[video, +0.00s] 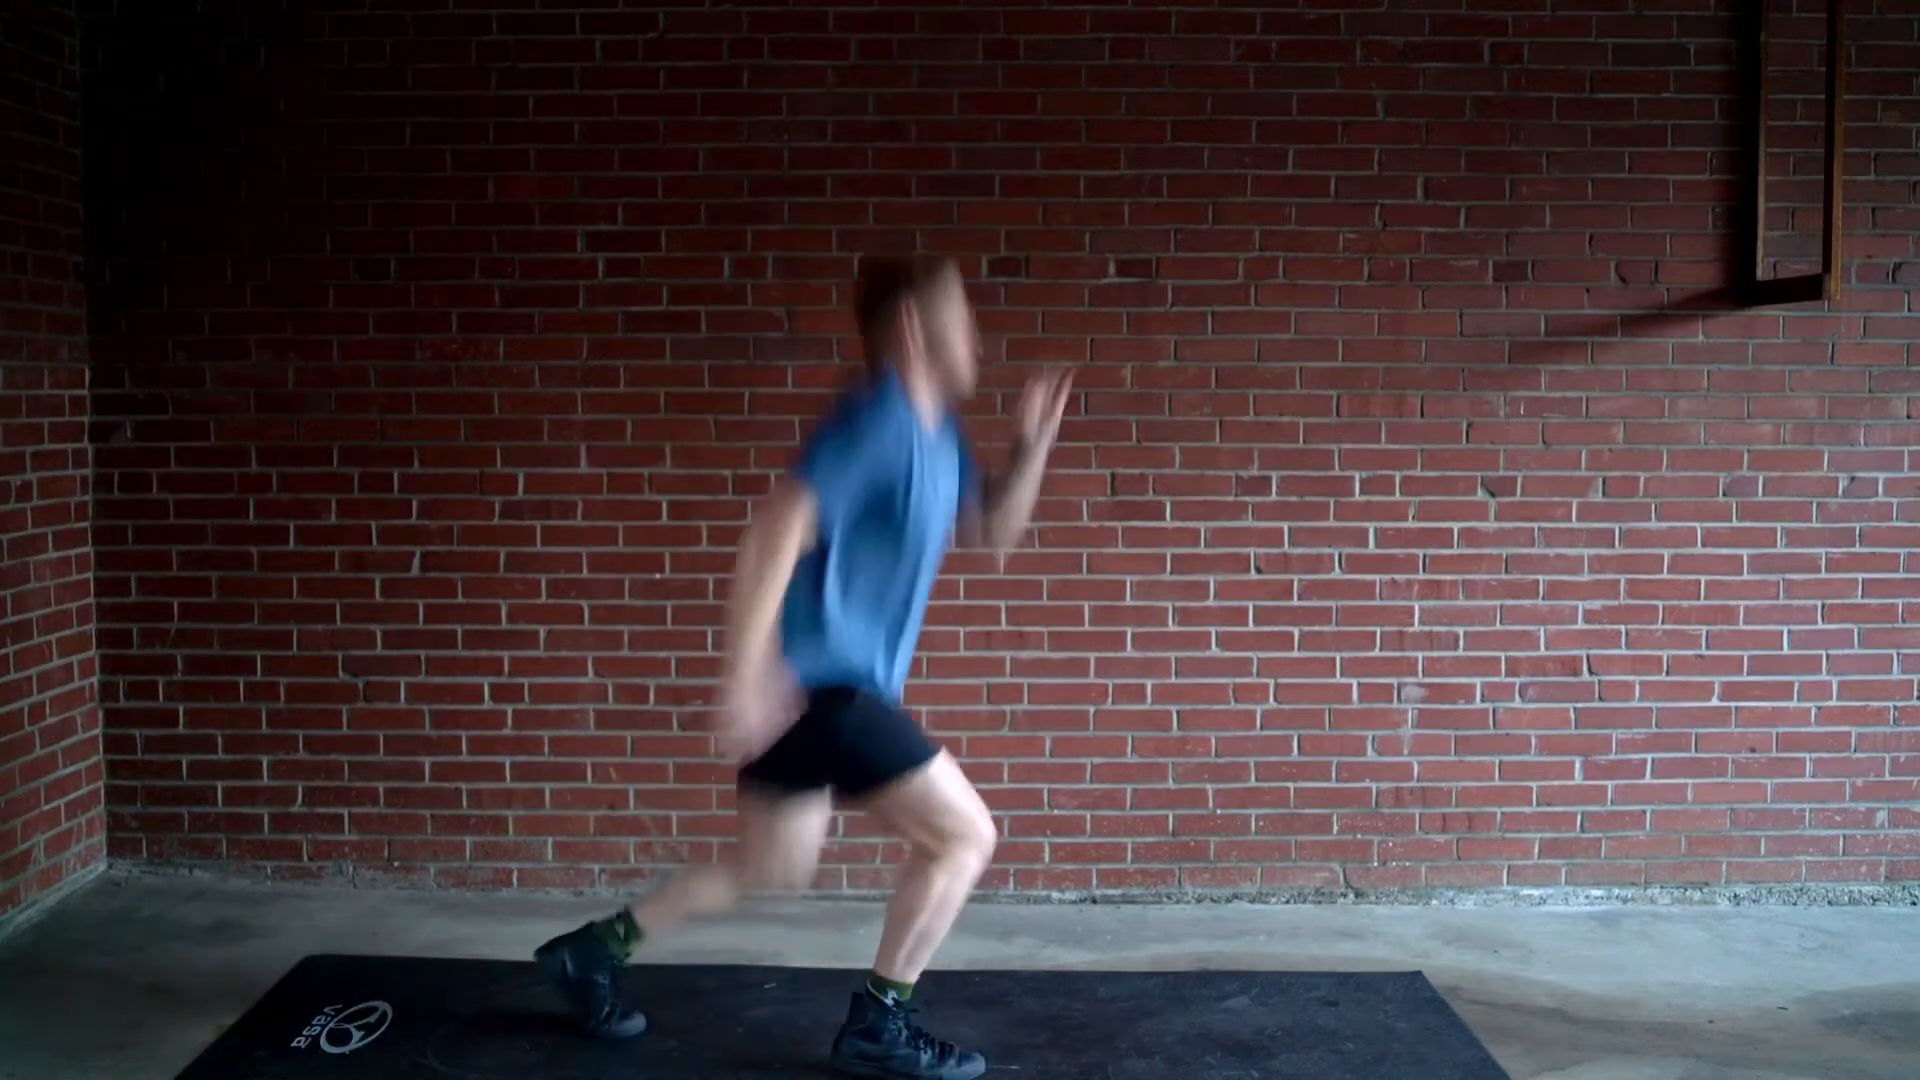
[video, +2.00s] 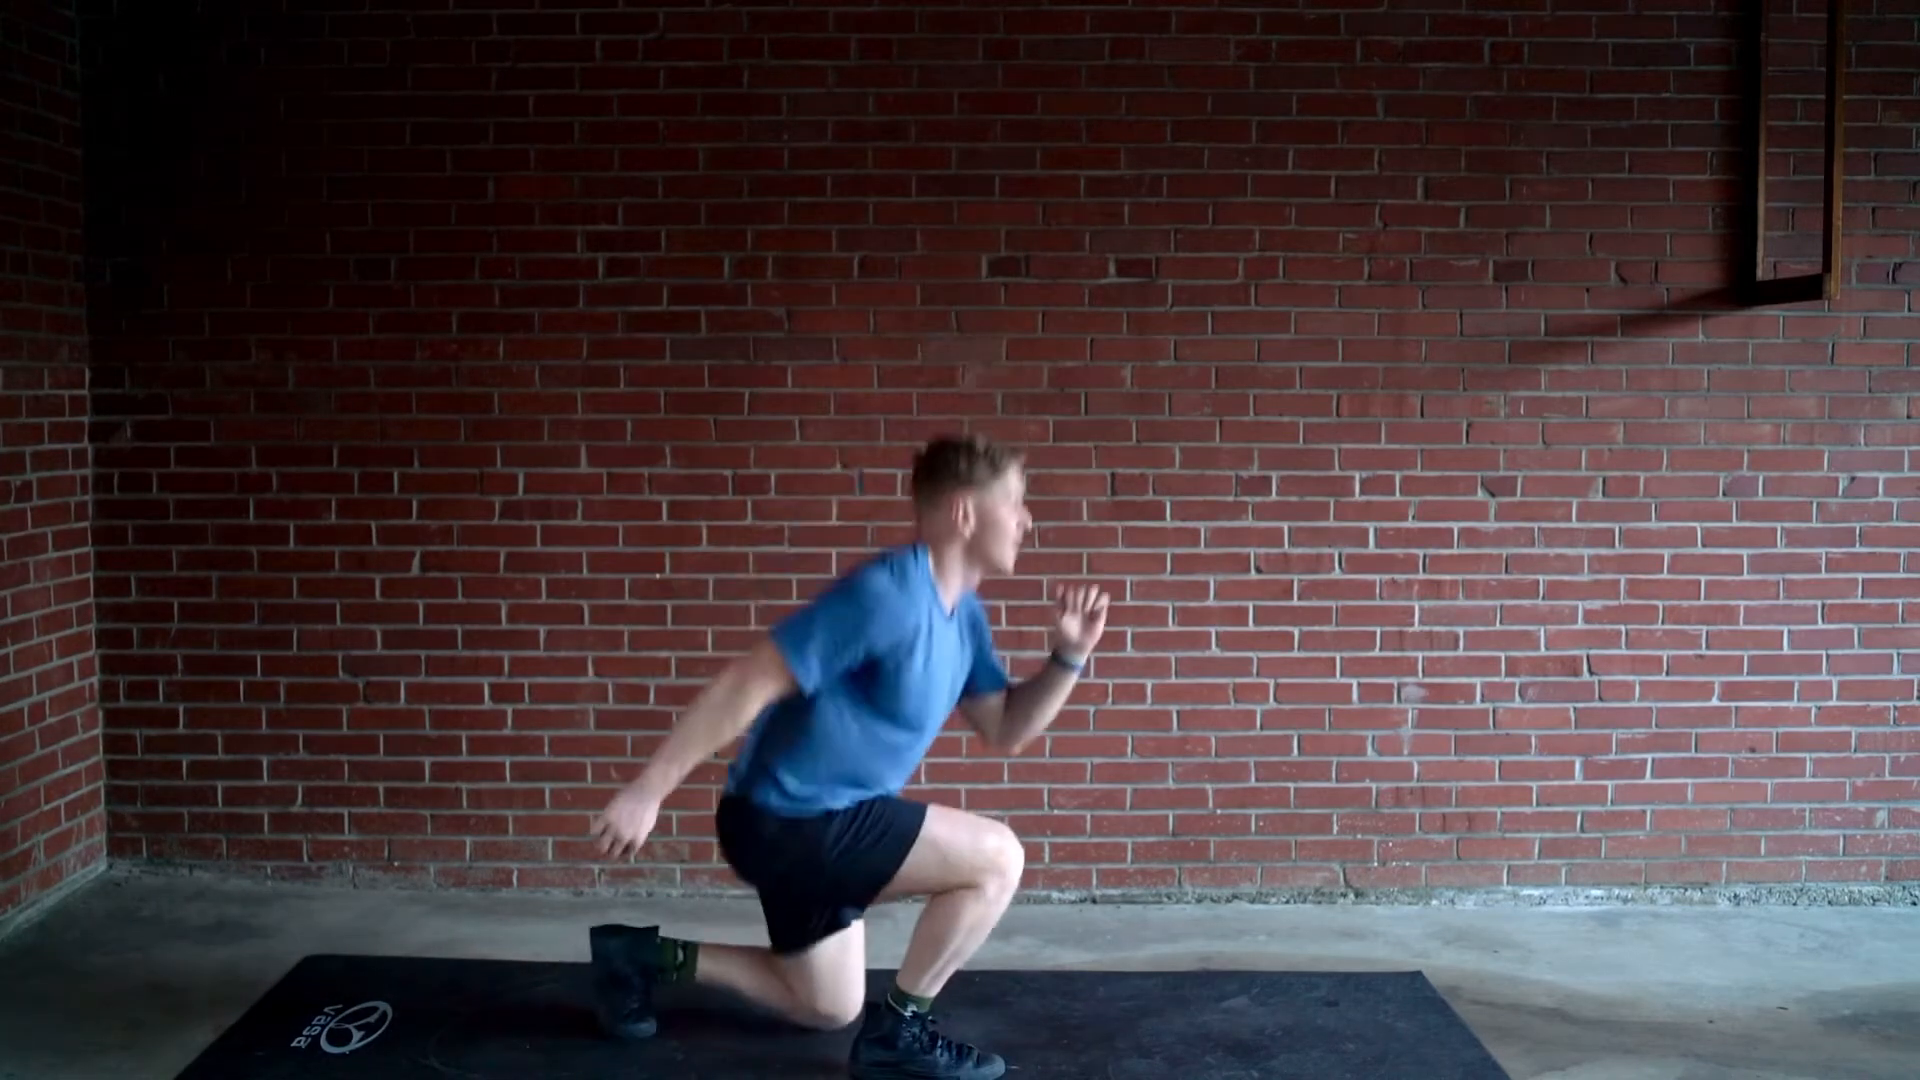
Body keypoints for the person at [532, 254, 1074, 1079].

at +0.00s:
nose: (973, 332)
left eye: (969, 314)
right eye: (958, 314)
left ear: (920, 324)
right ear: (909, 323)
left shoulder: (937, 430)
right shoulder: (877, 418)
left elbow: (995, 531)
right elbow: (778, 524)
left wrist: (1030, 448)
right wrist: (745, 672)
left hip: (826, 680)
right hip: (820, 682)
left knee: (774, 865)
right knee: (963, 835)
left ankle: (595, 949)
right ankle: (880, 1021)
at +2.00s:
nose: (1027, 520)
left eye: (1025, 503)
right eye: (1016, 502)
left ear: (970, 514)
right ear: (965, 512)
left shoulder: (963, 610)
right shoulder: (881, 596)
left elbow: (1006, 729)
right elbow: (747, 681)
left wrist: (1067, 661)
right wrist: (647, 791)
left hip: (829, 816)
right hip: (787, 821)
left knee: (827, 1001)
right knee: (995, 858)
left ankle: (645, 957)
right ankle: (896, 1029)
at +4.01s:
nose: (994, 151)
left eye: (993, 133)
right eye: (980, 131)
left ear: (951, 138)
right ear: (925, 131)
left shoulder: (953, 260)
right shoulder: (862, 220)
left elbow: (1036, 348)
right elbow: (725, 306)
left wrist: (1063, 239)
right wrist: (597, 398)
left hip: (856, 506)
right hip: (839, 506)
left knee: (782, 722)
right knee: (897, 735)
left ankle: (612, 814)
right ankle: (865, 955)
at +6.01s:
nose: (1051, 251)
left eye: (1050, 232)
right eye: (1038, 232)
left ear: (1005, 241)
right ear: (992, 237)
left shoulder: (1002, 336)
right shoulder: (968, 319)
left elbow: (999, 435)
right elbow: (941, 434)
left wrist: (1090, 418)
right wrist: (1044, 518)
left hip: (956, 611)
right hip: (901, 599)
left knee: (1001, 771)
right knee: (828, 780)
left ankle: (984, 966)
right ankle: (690, 951)